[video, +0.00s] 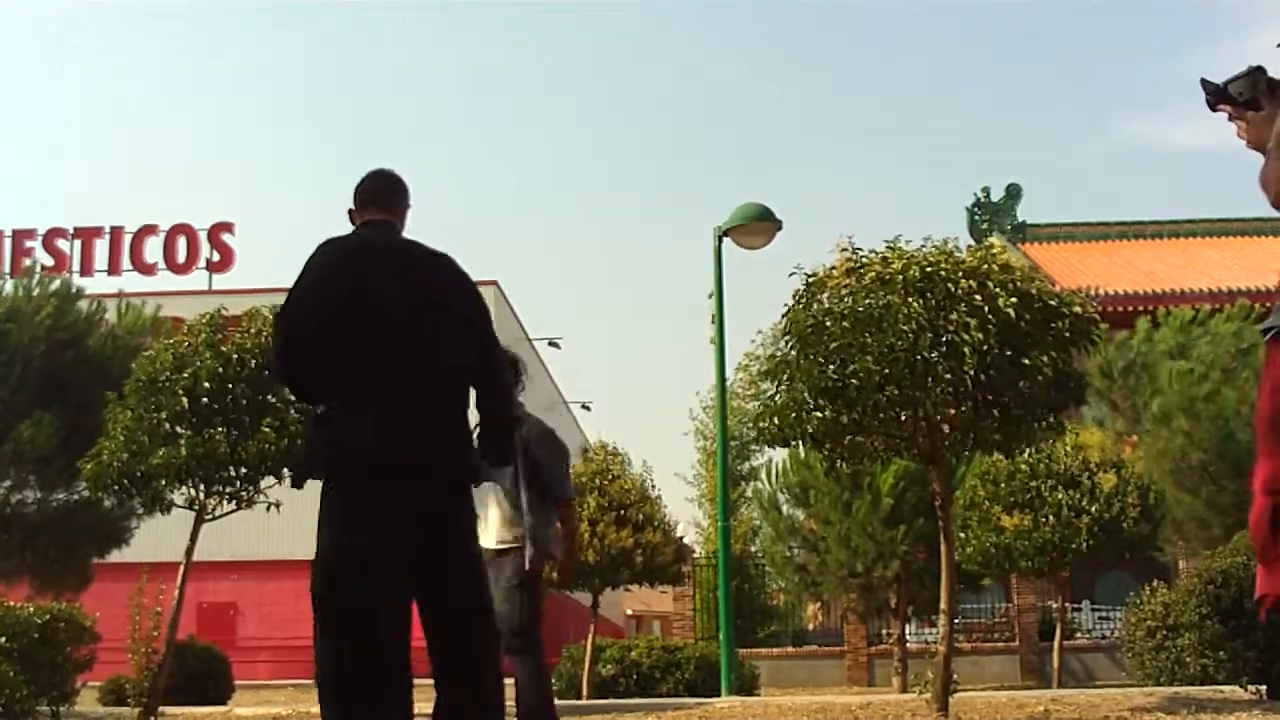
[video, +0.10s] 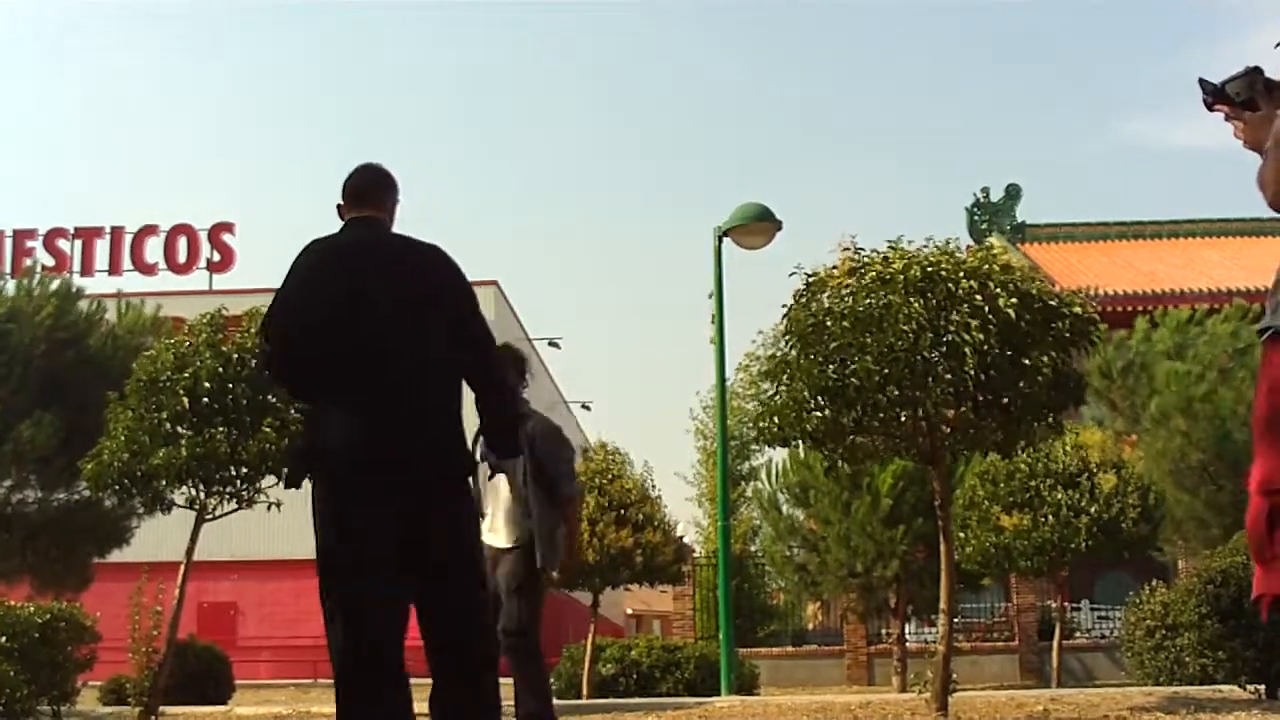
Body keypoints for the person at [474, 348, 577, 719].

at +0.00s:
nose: (497, 393)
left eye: (502, 384)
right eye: (492, 384)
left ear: (513, 384)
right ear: (481, 388)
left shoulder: (534, 434)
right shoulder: (473, 432)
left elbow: (563, 499)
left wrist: (568, 550)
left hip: (516, 552)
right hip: (475, 552)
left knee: (521, 647)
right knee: (477, 650)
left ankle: (536, 713)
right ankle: (484, 712)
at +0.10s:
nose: (495, 385)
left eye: (504, 377)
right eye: (491, 377)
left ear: (521, 378)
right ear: (484, 382)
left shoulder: (540, 430)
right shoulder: (484, 433)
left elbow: (568, 491)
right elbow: (479, 490)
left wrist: (569, 548)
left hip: (523, 547)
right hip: (486, 546)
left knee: (518, 637)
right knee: (482, 639)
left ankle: (536, 712)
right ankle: (483, 710)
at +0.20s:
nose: (503, 375)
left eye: (510, 366)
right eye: (498, 366)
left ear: (528, 369)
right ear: (489, 372)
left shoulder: (548, 423)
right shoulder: (491, 426)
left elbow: (574, 486)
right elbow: (487, 491)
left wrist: (570, 541)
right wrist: (453, 519)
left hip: (528, 547)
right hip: (492, 546)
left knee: (524, 644)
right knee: (478, 645)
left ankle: (538, 714)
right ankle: (492, 715)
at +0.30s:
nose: (505, 370)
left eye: (513, 361)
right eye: (500, 361)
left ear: (530, 365)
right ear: (492, 367)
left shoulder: (551, 417)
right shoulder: (491, 420)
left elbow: (576, 474)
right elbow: (489, 485)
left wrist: (566, 518)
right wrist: (456, 514)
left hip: (532, 542)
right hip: (494, 540)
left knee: (526, 635)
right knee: (486, 633)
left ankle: (539, 711)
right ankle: (498, 710)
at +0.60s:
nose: (500, 365)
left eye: (508, 357)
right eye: (496, 358)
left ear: (528, 364)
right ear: (490, 365)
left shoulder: (548, 414)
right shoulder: (491, 418)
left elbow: (575, 467)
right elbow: (485, 483)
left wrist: (565, 518)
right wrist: (451, 515)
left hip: (534, 540)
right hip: (499, 540)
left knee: (527, 633)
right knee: (498, 636)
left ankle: (539, 712)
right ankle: (511, 712)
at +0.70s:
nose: (496, 368)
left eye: (505, 359)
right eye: (491, 360)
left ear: (526, 363)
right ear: (486, 368)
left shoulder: (550, 418)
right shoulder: (490, 422)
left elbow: (573, 480)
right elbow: (484, 486)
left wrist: (573, 531)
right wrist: (449, 516)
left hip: (535, 538)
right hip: (500, 539)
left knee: (527, 631)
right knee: (498, 631)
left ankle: (539, 711)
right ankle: (507, 711)